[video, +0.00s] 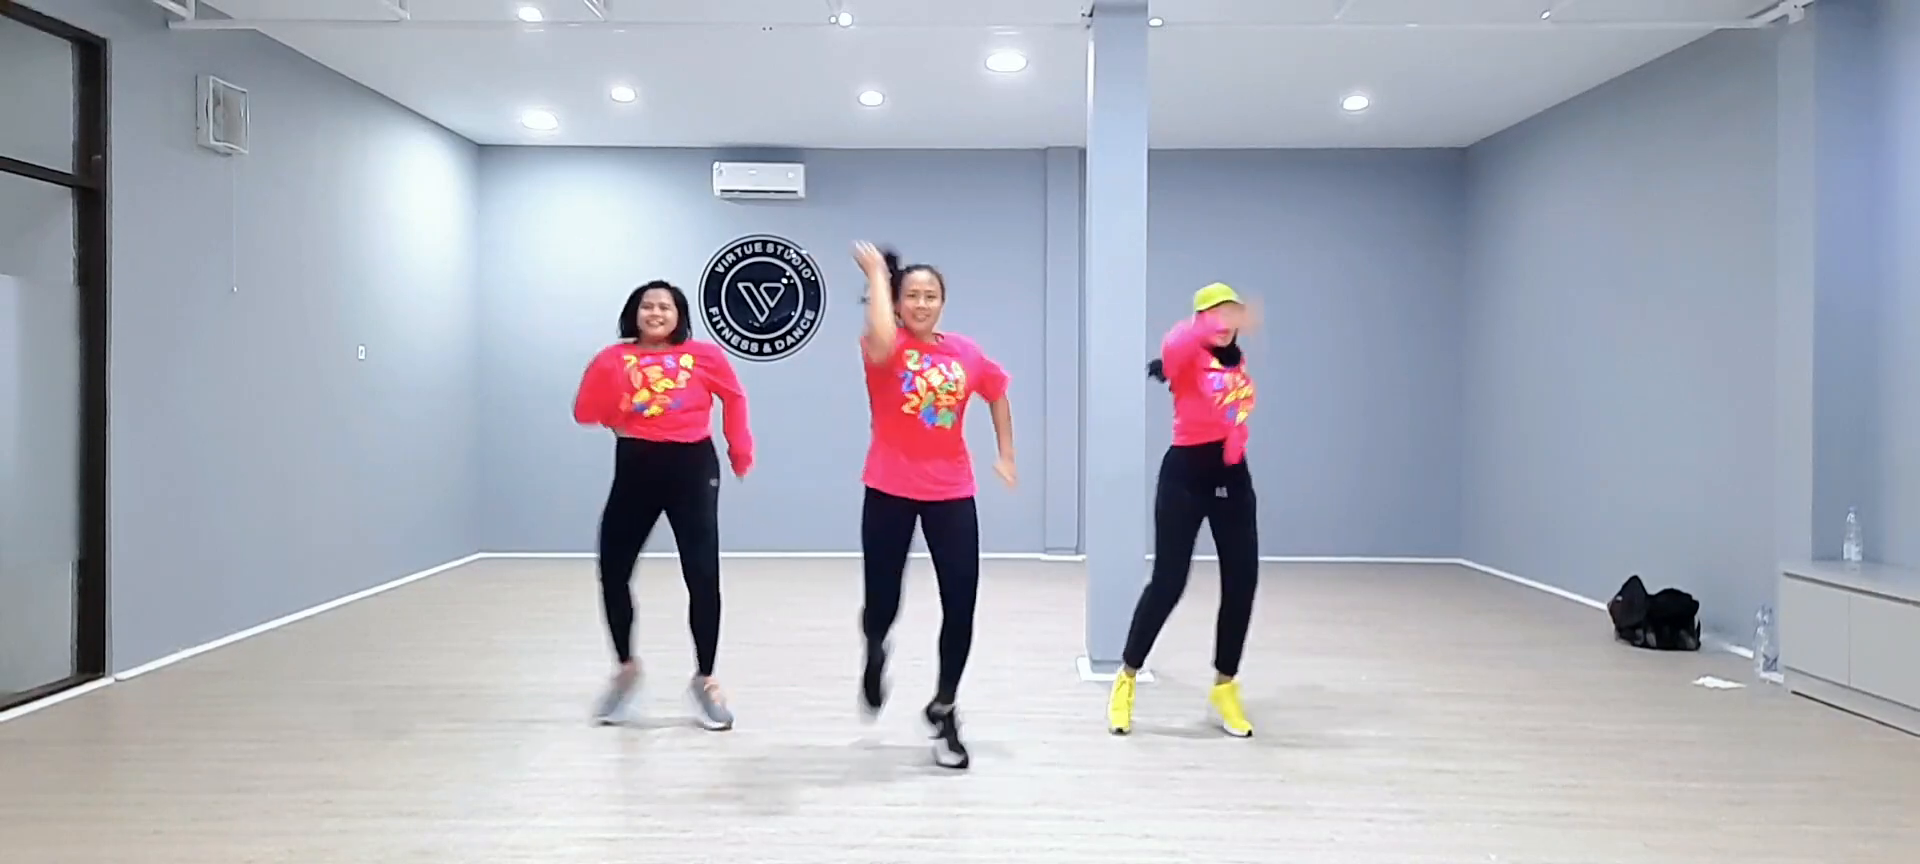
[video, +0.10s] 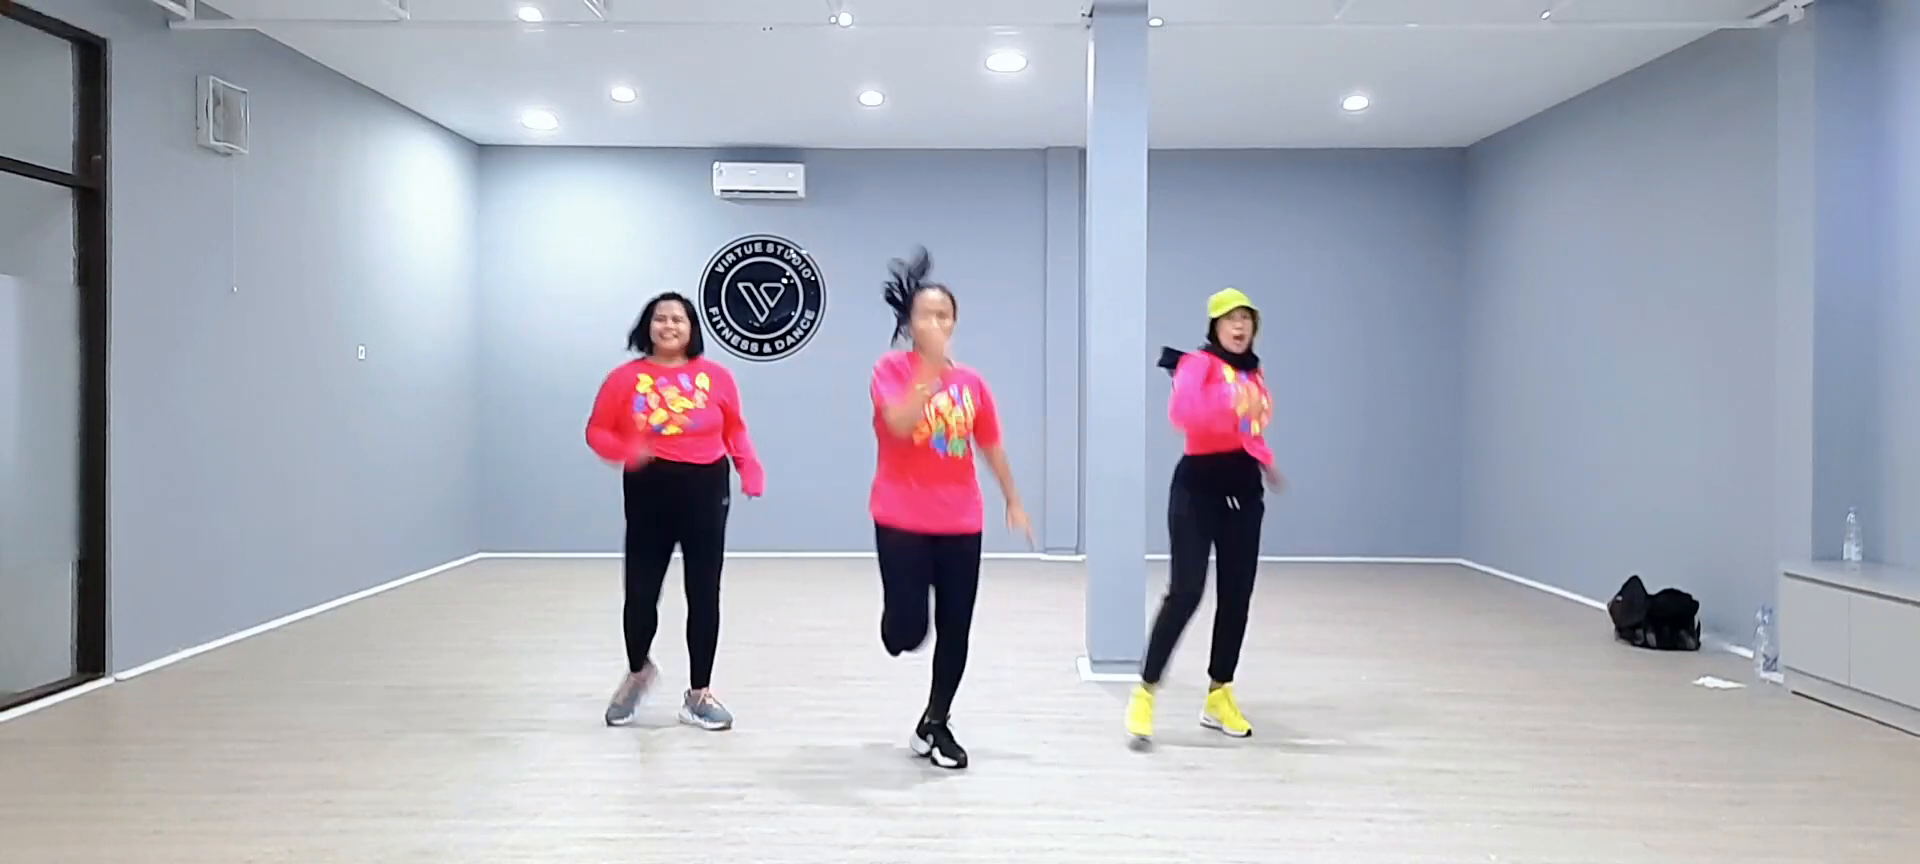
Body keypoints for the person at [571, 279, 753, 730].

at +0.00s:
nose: (655, 312)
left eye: (664, 307)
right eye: (647, 306)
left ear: (679, 317)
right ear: (633, 316)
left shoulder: (704, 355)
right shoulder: (616, 359)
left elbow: (734, 397)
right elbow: (585, 414)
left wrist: (741, 451)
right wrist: (605, 370)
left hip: (693, 470)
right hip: (636, 471)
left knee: (703, 575)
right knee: (613, 571)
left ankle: (705, 679)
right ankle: (626, 667)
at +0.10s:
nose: (668, 325)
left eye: (677, 319)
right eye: (660, 319)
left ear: (691, 329)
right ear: (647, 328)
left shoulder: (715, 376)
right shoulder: (625, 378)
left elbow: (736, 430)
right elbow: (597, 432)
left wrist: (751, 472)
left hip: (704, 491)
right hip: (648, 490)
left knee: (704, 593)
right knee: (639, 593)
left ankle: (699, 691)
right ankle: (638, 671)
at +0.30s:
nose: (679, 320)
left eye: (687, 314)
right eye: (671, 315)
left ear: (700, 324)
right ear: (657, 325)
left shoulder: (721, 373)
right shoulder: (632, 368)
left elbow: (752, 428)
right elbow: (582, 408)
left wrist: (731, 402)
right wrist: (610, 464)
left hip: (709, 481)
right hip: (651, 477)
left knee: (711, 584)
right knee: (678, 569)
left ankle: (704, 687)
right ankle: (646, 682)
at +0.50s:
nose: (668, 321)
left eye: (677, 314)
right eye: (658, 315)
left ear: (692, 324)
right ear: (644, 326)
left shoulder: (708, 368)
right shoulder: (627, 367)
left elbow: (717, 424)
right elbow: (584, 415)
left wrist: (741, 433)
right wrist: (642, 437)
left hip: (685, 492)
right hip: (642, 491)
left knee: (725, 584)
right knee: (667, 597)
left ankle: (682, 693)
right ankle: (639, 736)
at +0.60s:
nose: (673, 328)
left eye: (678, 322)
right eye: (662, 322)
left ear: (685, 337)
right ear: (640, 334)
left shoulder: (684, 386)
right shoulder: (631, 384)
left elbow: (691, 445)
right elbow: (623, 445)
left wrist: (703, 488)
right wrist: (690, 430)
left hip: (672, 499)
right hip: (637, 498)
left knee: (715, 589)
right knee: (671, 604)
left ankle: (676, 706)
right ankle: (637, 740)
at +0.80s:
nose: (677, 314)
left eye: (674, 306)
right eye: (672, 307)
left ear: (626, 312)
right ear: (660, 313)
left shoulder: (609, 352)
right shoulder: (661, 348)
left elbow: (575, 386)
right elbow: (708, 392)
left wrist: (597, 429)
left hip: (604, 466)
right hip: (644, 461)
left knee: (651, 575)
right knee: (666, 581)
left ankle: (637, 699)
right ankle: (651, 715)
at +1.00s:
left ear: (596, 327)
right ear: (648, 329)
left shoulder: (571, 373)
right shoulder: (669, 373)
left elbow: (551, 444)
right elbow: (706, 435)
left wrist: (551, 492)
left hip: (581, 487)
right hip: (644, 486)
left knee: (604, 600)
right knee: (659, 593)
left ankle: (613, 720)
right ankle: (660, 687)